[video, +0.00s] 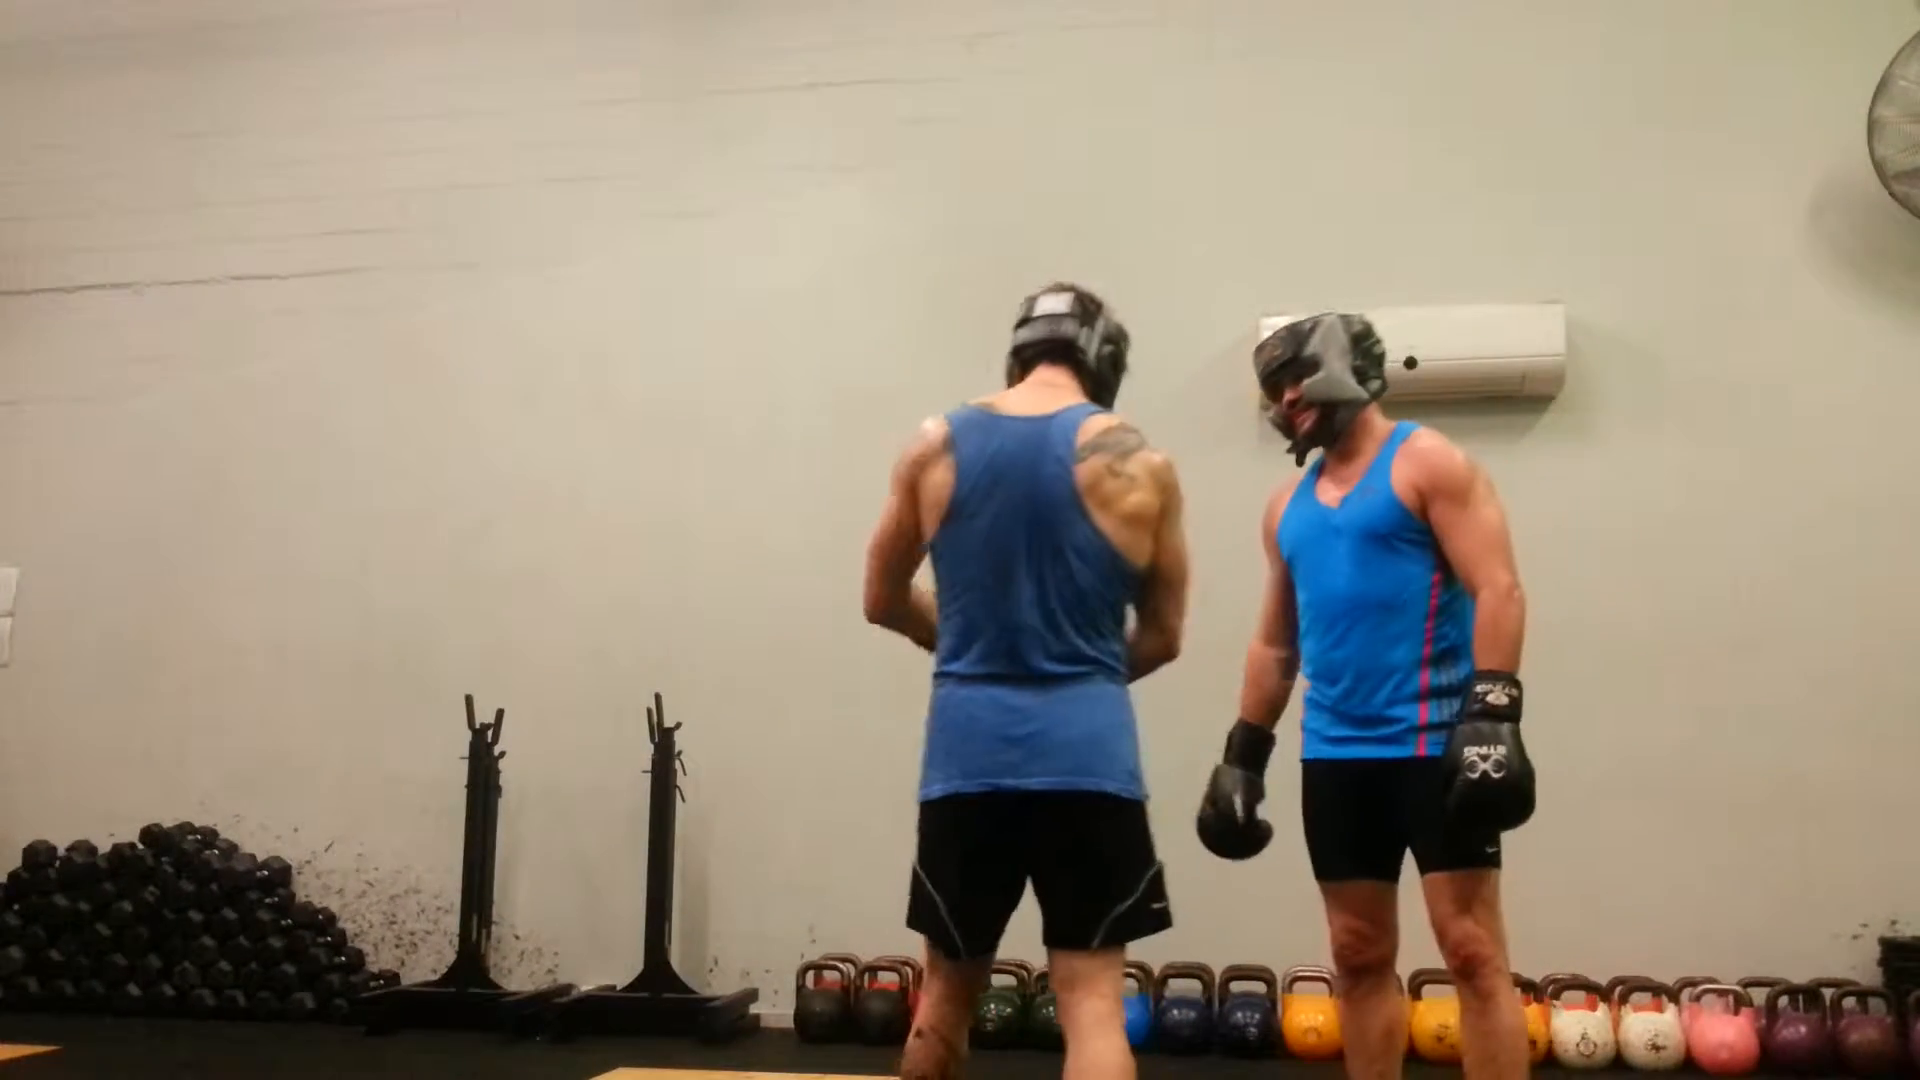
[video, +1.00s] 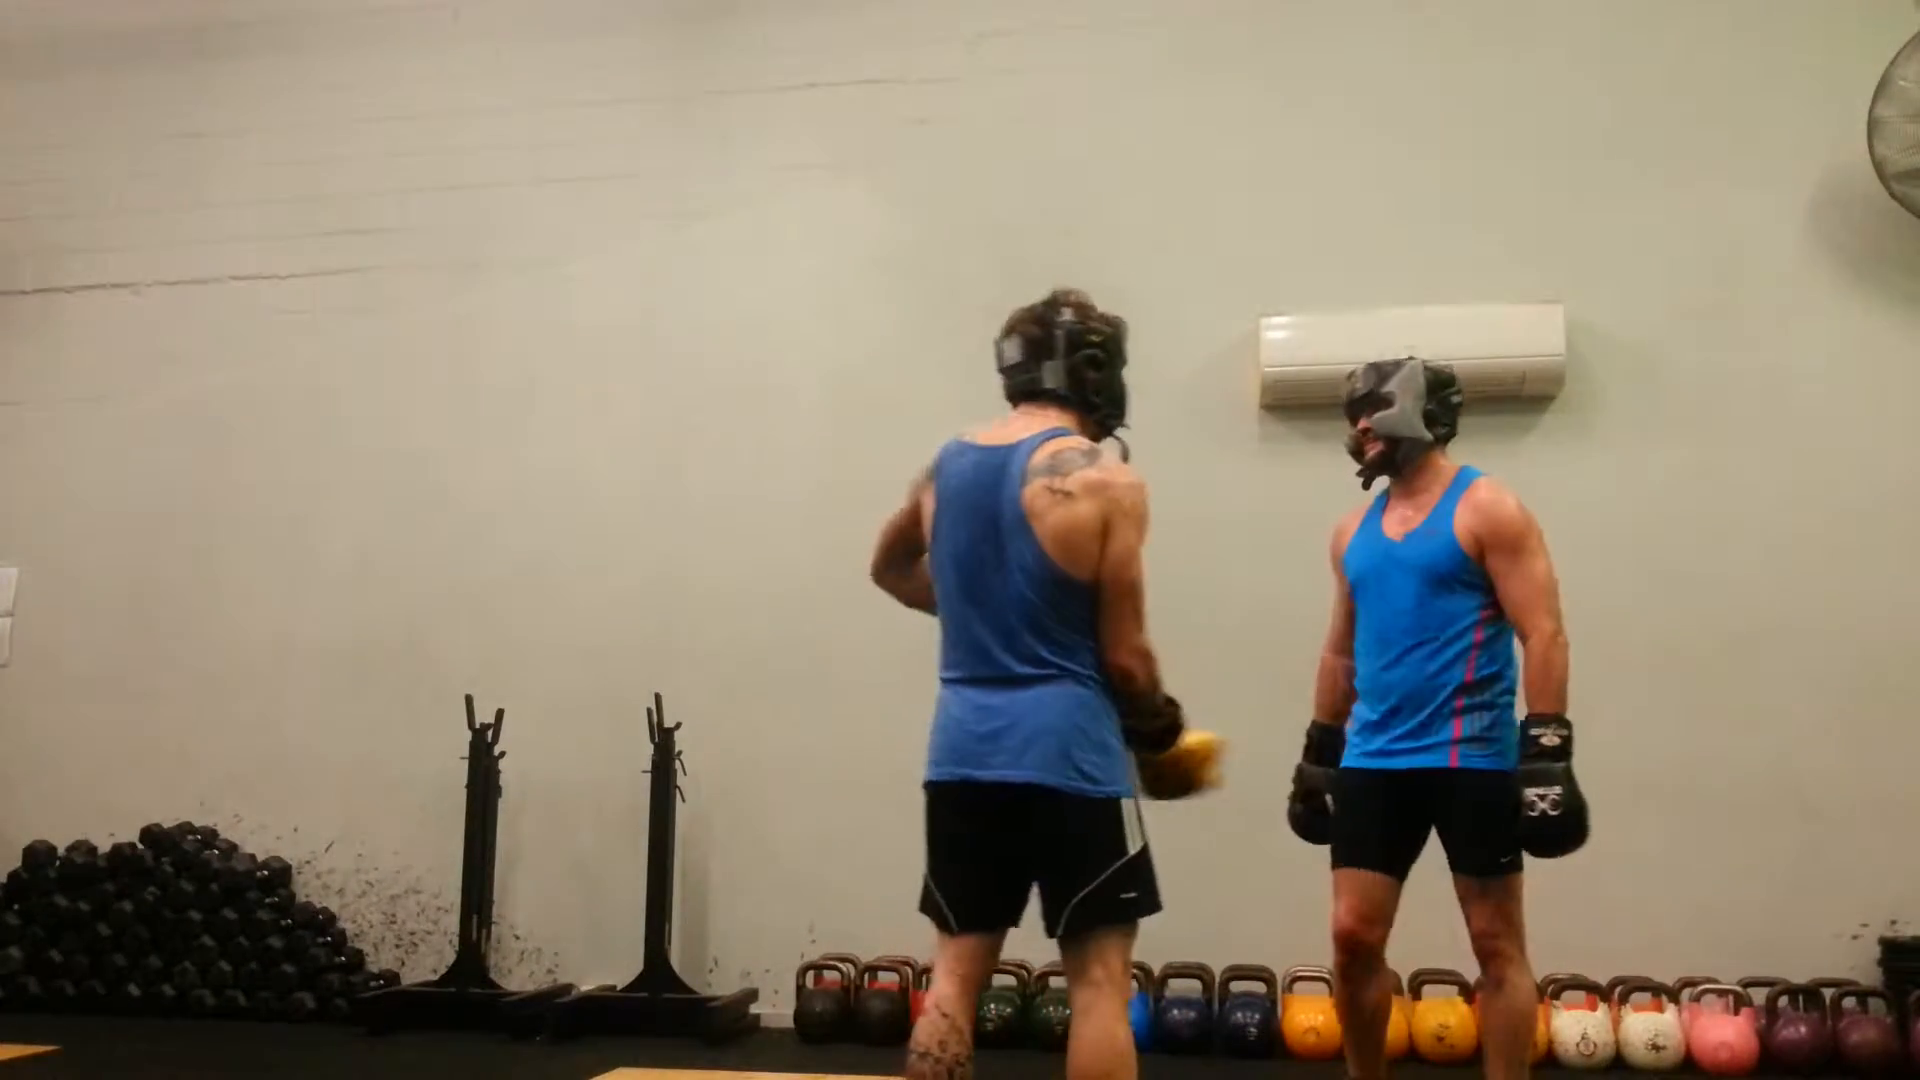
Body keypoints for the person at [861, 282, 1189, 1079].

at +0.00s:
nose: (1116, 372)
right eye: (1116, 361)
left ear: (1015, 356)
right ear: (1105, 359)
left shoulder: (936, 446)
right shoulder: (1140, 464)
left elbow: (885, 598)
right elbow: (1161, 640)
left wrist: (971, 643)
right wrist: (1080, 666)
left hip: (968, 768)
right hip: (1089, 770)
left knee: (941, 1009)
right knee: (1093, 1005)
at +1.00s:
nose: (1119, 376)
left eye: (1112, 361)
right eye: (1113, 363)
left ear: (1014, 372)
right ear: (1100, 373)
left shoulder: (952, 462)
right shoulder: (1111, 483)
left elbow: (891, 566)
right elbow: (1124, 657)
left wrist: (980, 608)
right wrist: (1161, 743)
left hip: (962, 758)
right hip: (1072, 764)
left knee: (955, 973)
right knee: (1100, 986)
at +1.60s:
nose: (1223, 408)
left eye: (1225, 397)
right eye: (1224, 395)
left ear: (1130, 382)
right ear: (1207, 387)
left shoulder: (1057, 451)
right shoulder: (1221, 486)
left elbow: (986, 535)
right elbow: (1247, 649)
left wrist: (1073, 564)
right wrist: (1220, 727)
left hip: (1054, 751)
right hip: (1157, 758)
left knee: (1075, 952)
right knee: (1143, 979)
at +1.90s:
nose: (1228, 423)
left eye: (1230, 413)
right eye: (1228, 411)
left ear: (1140, 396)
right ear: (1209, 404)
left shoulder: (1075, 464)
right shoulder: (1223, 479)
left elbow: (1031, 554)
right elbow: (1255, 627)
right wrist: (1201, 693)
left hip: (1076, 760)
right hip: (1171, 765)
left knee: (1118, 967)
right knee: (1172, 984)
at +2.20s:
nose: (1231, 443)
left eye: (1235, 433)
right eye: (1232, 429)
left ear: (1143, 404)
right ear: (1210, 410)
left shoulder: (1080, 478)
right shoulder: (1215, 470)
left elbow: (1112, 616)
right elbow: (1263, 616)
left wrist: (1223, 649)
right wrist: (1196, 655)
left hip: (1097, 762)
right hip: (1192, 760)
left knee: (1134, 957)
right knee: (1269, 953)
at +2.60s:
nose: (1314, 409)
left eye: (1310, 397)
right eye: (1309, 396)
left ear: (1218, 395)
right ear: (1294, 399)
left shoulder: (1165, 477)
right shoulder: (1300, 478)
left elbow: (1201, 613)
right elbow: (1348, 620)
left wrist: (1301, 646)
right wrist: (1258, 637)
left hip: (1172, 757)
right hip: (1272, 759)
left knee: (1175, 963)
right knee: (1318, 973)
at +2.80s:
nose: (1381, 391)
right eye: (1374, 378)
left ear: (1276, 383)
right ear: (1359, 387)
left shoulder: (1229, 465)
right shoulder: (1380, 477)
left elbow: (1196, 577)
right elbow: (1403, 606)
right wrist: (1302, 633)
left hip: (1221, 755)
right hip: (1327, 759)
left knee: (1190, 960)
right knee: (1344, 983)